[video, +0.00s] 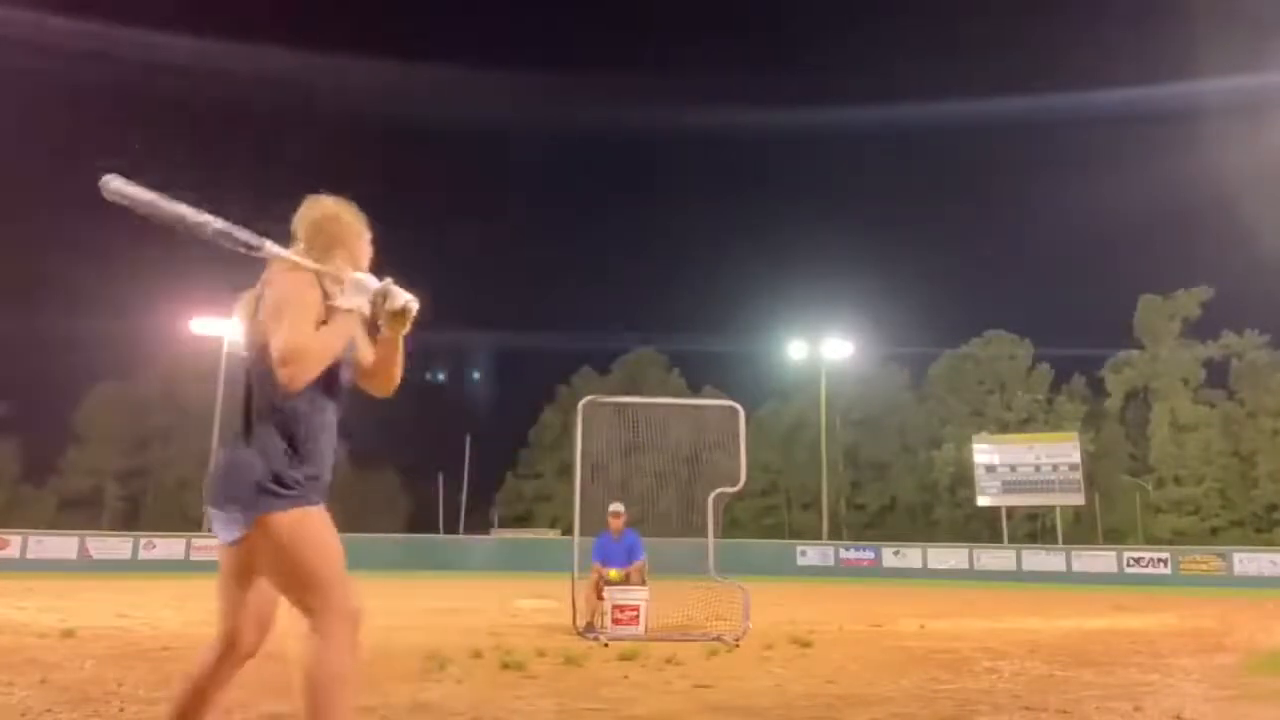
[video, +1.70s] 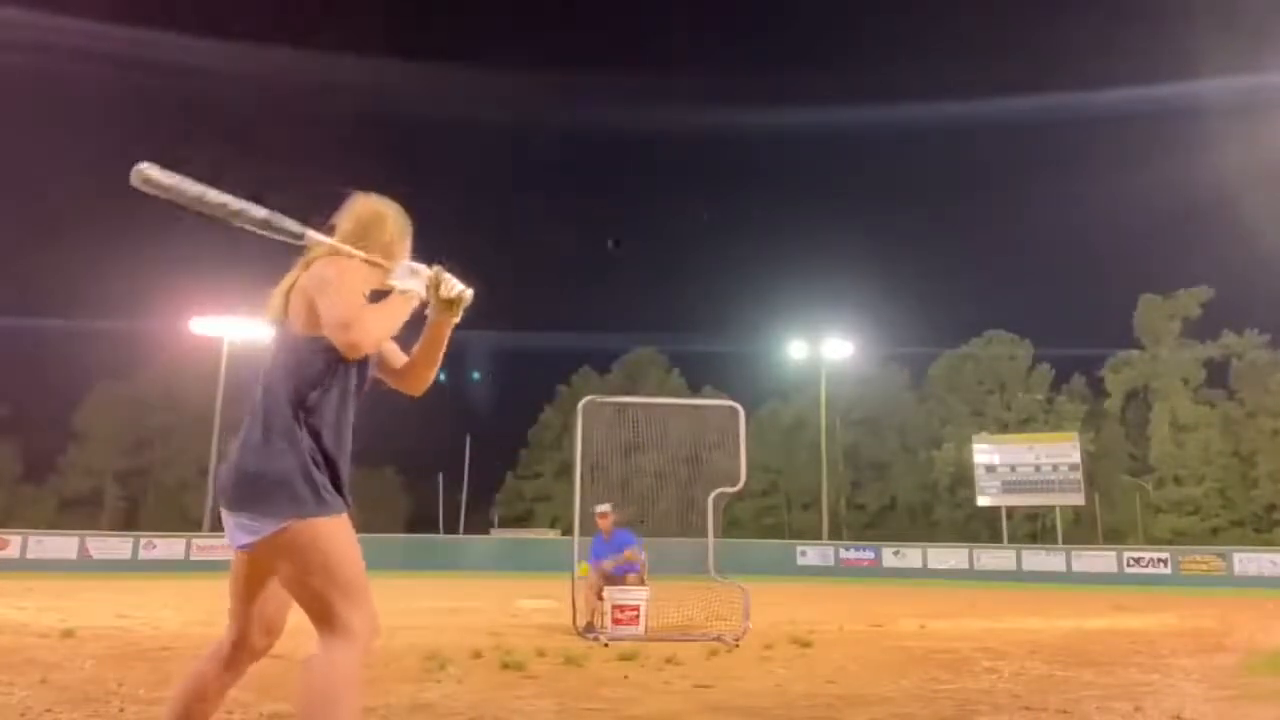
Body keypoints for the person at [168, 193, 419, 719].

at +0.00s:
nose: (367, 263)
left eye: (366, 253)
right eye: (362, 251)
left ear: (321, 246)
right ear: (339, 248)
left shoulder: (333, 297)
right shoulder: (291, 278)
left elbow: (381, 381)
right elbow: (292, 370)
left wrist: (393, 330)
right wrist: (350, 313)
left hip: (259, 482)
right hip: (269, 483)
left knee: (238, 639)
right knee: (339, 617)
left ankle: (179, 712)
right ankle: (328, 712)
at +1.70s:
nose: (398, 266)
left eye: (401, 258)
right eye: (398, 255)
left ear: (343, 234)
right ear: (388, 247)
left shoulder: (338, 292)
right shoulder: (336, 269)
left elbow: (413, 379)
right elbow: (353, 337)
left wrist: (445, 319)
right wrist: (411, 293)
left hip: (261, 476)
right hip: (286, 477)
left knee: (248, 638)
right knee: (351, 630)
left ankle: (176, 714)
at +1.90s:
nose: (426, 281)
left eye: (429, 272)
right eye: (427, 267)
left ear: (390, 240)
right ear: (411, 248)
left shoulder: (377, 309)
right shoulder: (353, 268)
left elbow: (424, 391)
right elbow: (365, 333)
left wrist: (470, 348)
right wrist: (445, 309)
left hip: (307, 477)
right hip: (293, 475)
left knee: (332, 634)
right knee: (369, 630)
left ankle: (242, 712)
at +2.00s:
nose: (442, 286)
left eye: (446, 277)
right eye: (443, 272)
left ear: (406, 255)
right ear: (426, 257)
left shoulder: (396, 315)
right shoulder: (362, 272)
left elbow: (427, 398)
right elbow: (353, 335)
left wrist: (468, 358)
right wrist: (446, 318)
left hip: (335, 484)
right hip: (289, 485)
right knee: (369, 629)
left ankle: (298, 709)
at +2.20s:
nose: (460, 293)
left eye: (464, 284)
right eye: (462, 280)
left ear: (421, 258)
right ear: (443, 268)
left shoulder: (423, 324)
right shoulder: (375, 282)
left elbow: (436, 405)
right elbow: (331, 339)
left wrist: (460, 366)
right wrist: (429, 325)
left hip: (355, 488)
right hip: (304, 493)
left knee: (446, 581)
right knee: (376, 628)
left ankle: (379, 706)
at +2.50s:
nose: (509, 333)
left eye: (510, 322)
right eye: (506, 319)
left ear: (474, 317)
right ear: (481, 312)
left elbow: (484, 403)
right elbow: (308, 317)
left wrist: (453, 334)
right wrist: (396, 302)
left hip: (412, 524)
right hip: (349, 523)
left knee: (457, 627)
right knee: (394, 641)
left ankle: (411, 704)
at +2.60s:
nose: (509, 357)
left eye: (510, 347)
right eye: (507, 345)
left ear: (475, 339)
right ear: (486, 338)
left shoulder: (472, 389)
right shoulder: (411, 368)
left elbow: (503, 429)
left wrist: (463, 367)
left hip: (410, 542)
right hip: (368, 544)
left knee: (453, 634)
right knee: (422, 652)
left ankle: (421, 706)